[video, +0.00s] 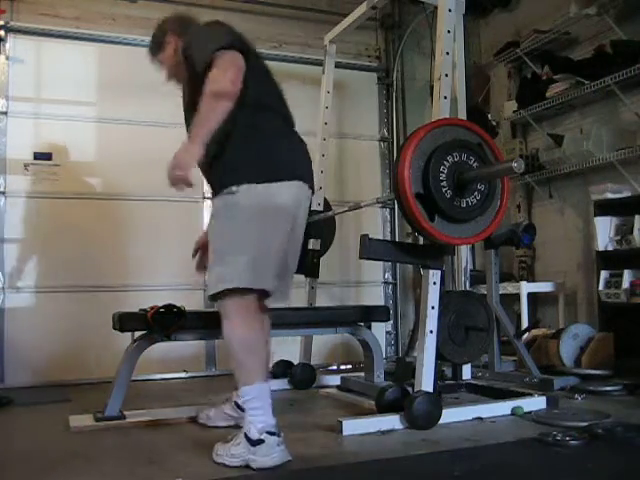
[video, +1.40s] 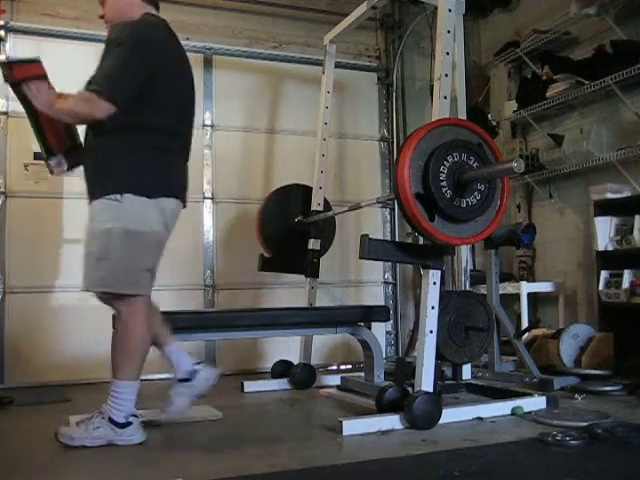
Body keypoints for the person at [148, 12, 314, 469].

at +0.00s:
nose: (166, 71)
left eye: (162, 60)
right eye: (161, 65)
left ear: (174, 41)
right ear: (175, 46)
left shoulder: (204, 35)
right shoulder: (210, 80)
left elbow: (228, 76)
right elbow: (242, 162)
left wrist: (193, 146)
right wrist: (216, 228)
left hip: (259, 180)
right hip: (277, 182)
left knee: (238, 299)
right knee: (247, 297)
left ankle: (262, 435)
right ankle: (248, 402)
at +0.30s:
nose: (143, 129)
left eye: (139, 119)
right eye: (138, 124)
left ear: (149, 94)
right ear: (154, 98)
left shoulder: (179, 70)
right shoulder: (184, 142)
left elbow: (222, 71)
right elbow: (196, 209)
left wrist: (236, 129)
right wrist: (181, 273)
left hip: (266, 167)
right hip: (236, 193)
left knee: (276, 276)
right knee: (235, 295)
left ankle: (320, 402)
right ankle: (248, 403)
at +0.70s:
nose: (133, 92)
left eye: (129, 81)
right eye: (127, 87)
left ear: (145, 59)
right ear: (146, 63)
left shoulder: (178, 56)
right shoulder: (173, 102)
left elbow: (201, 93)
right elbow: (198, 183)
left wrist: (176, 163)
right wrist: (157, 224)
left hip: (244, 172)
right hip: (227, 184)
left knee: (244, 285)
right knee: (230, 291)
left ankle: (290, 395)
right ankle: (248, 397)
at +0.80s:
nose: (131, 76)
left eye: (128, 65)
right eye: (126, 70)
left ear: (147, 45)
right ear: (145, 50)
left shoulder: (180, 50)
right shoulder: (171, 90)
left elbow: (194, 97)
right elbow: (197, 167)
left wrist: (164, 161)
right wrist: (146, 201)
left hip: (226, 179)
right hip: (236, 180)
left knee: (218, 287)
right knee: (230, 292)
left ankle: (236, 407)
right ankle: (247, 402)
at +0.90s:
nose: (129, 61)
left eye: (127, 50)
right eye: (124, 54)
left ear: (148, 31)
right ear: (152, 32)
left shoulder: (178, 48)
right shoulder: (196, 56)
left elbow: (182, 107)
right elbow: (194, 141)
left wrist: (153, 159)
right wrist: (146, 175)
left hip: (211, 185)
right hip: (240, 184)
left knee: (195, 293)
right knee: (231, 295)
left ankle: (182, 410)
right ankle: (247, 403)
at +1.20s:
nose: (113, 25)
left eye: (115, 14)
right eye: (111, 17)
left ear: (139, 3)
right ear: (146, 7)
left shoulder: (153, 40)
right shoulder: (178, 45)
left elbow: (130, 111)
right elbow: (149, 121)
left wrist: (88, 136)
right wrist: (92, 135)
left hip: (157, 190)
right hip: (183, 190)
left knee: (140, 295)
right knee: (176, 291)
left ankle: (120, 416)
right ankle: (231, 385)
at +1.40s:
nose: (101, 11)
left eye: (104, 3)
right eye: (101, 5)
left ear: (124, 2)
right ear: (139, 4)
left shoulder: (137, 33)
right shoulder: (154, 38)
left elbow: (101, 105)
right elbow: (132, 123)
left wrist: (53, 103)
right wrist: (79, 153)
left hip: (136, 187)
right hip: (142, 186)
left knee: (130, 294)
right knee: (114, 289)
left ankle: (119, 417)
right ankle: (188, 368)